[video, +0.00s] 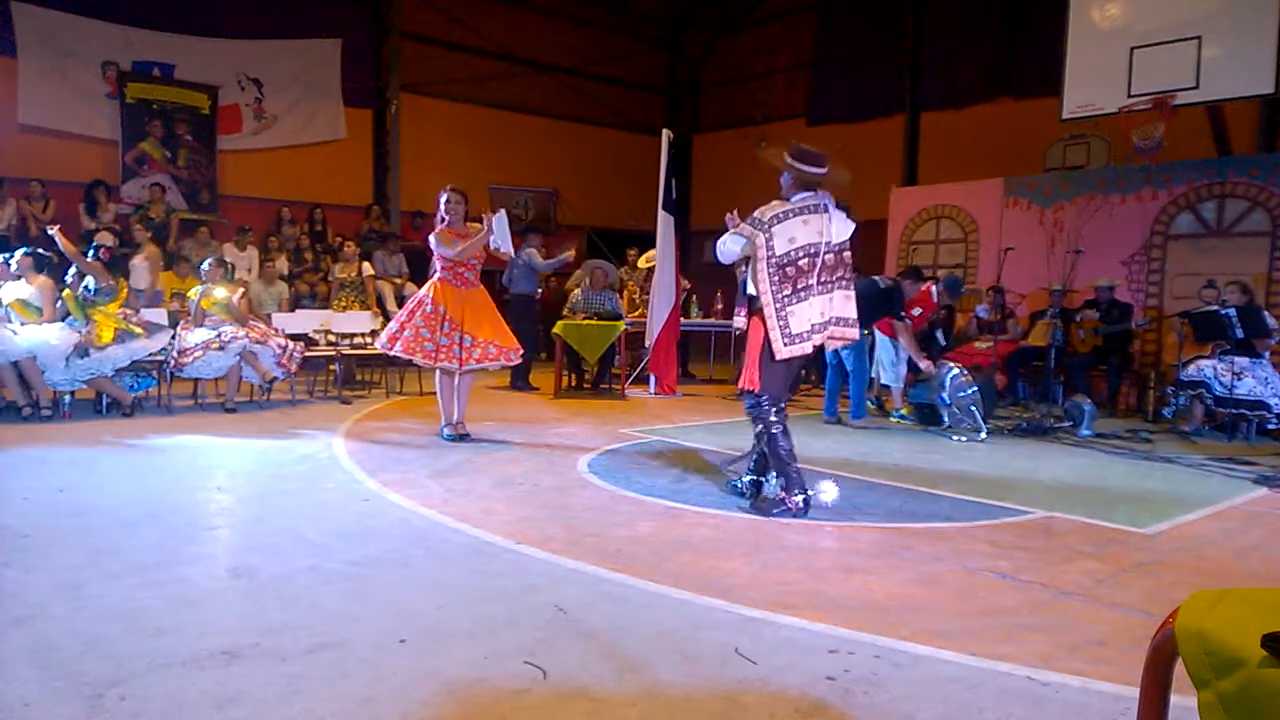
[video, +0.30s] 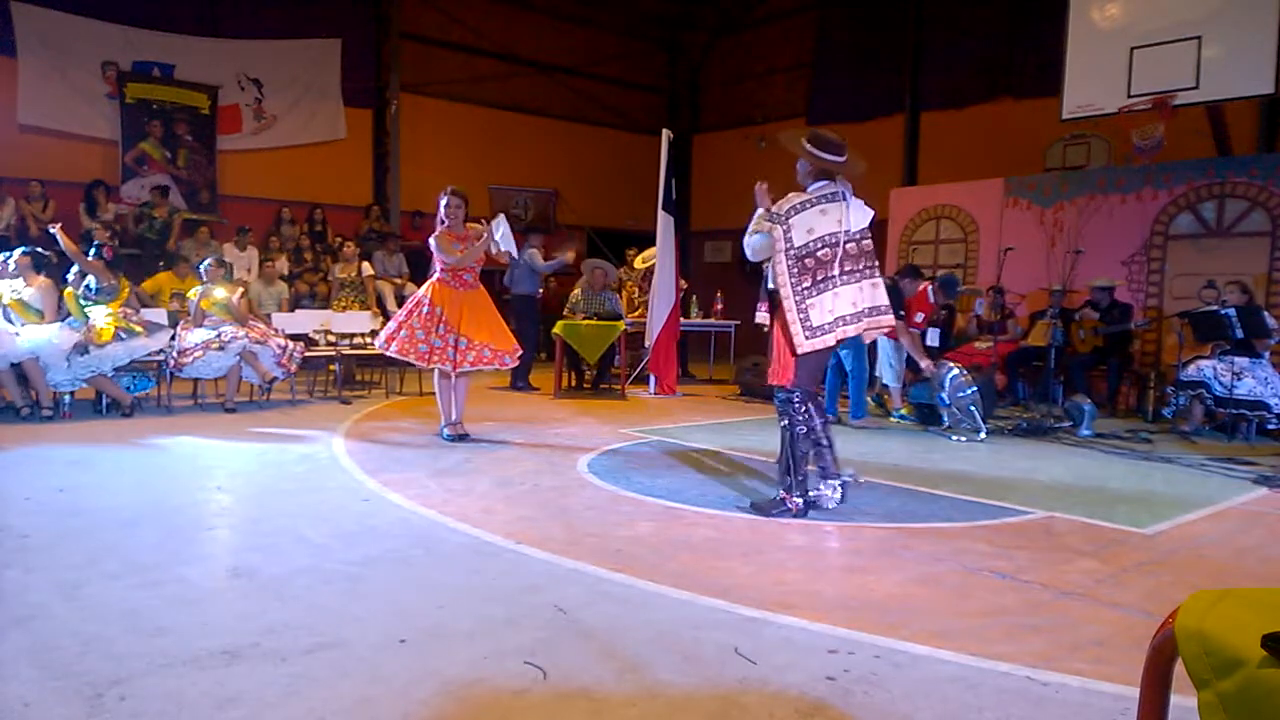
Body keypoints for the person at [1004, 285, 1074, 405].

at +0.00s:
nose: (1056, 299)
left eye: (1059, 296)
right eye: (1054, 295)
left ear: (1063, 297)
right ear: (1049, 296)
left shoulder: (1068, 314)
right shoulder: (1036, 315)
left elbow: (1068, 337)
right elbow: (1029, 333)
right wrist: (1025, 341)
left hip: (1055, 348)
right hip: (1035, 347)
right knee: (1012, 359)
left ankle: (1043, 397)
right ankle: (1013, 395)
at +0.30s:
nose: (1056, 299)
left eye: (1059, 296)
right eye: (1053, 296)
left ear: (1063, 298)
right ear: (1049, 297)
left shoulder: (1068, 314)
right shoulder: (1036, 315)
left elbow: (1068, 339)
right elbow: (1028, 335)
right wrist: (1024, 342)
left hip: (1056, 348)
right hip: (1036, 348)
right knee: (1012, 358)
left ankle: (1041, 398)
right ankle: (1013, 395)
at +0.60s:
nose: (1056, 299)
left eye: (1059, 296)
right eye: (1053, 296)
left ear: (1063, 298)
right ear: (1049, 297)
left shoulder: (1068, 315)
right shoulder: (1036, 315)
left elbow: (1069, 339)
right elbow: (1028, 335)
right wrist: (1024, 342)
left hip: (1056, 348)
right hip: (1036, 348)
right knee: (1012, 358)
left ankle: (1041, 398)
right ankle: (1013, 396)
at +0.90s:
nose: (1055, 299)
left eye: (1059, 296)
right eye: (1053, 296)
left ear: (1063, 298)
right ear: (1049, 297)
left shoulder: (1068, 315)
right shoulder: (1036, 315)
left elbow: (1068, 339)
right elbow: (1028, 334)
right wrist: (1024, 342)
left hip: (1055, 348)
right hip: (1035, 348)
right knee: (1012, 359)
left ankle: (1042, 397)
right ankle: (1013, 395)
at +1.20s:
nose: (1055, 299)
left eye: (1058, 296)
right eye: (1053, 295)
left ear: (1063, 297)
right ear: (1049, 297)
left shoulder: (1067, 314)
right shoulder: (1036, 315)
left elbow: (1067, 339)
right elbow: (1028, 334)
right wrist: (1024, 342)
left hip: (1055, 348)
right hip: (1035, 348)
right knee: (1012, 358)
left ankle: (1042, 398)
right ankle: (1013, 395)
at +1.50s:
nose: (1057, 299)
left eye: (1060, 295)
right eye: (1055, 295)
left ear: (1065, 297)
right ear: (1050, 296)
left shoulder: (1070, 314)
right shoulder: (1038, 315)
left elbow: (1070, 339)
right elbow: (1029, 334)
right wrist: (1026, 342)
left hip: (1057, 348)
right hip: (1037, 348)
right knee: (1013, 358)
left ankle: (1044, 398)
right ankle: (1014, 395)